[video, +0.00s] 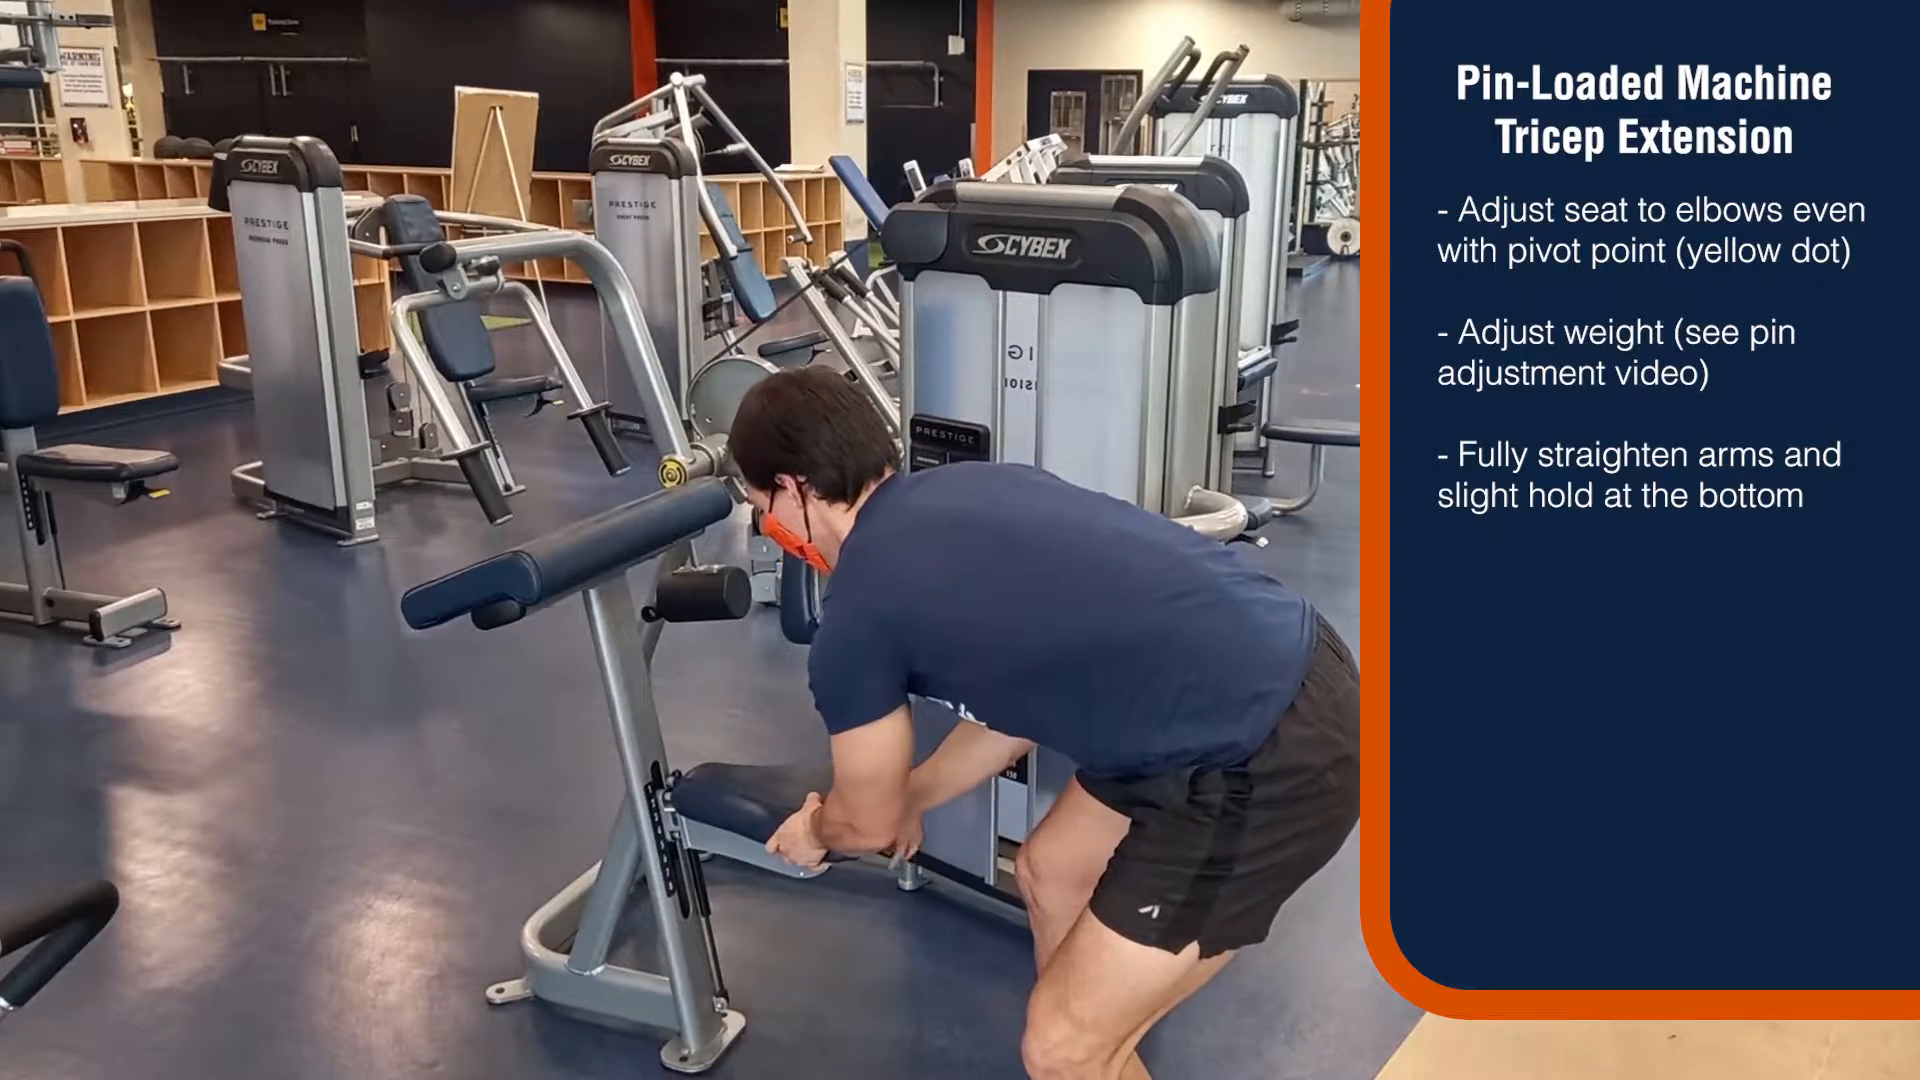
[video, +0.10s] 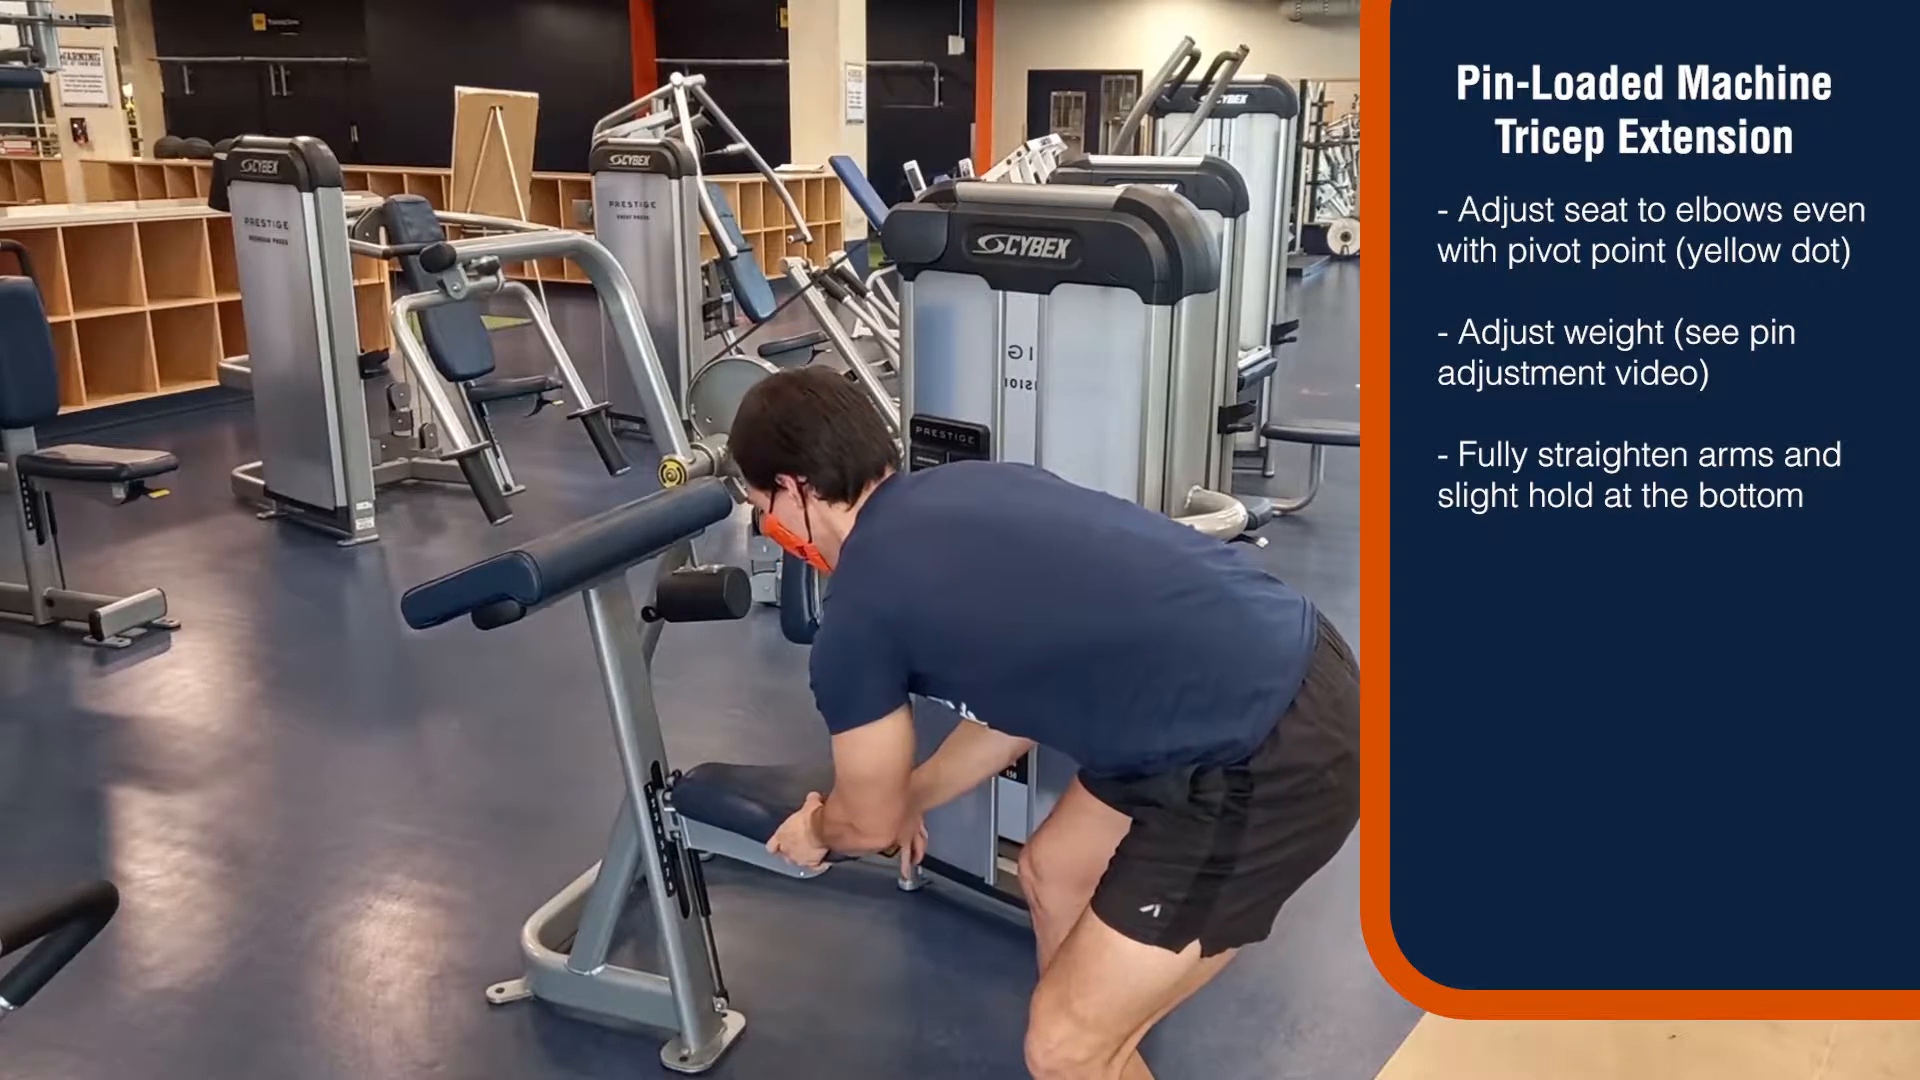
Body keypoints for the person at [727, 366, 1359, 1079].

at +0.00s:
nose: (761, 526)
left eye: (757, 504)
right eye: (754, 508)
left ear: (795, 492)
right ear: (874, 453)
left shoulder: (858, 607)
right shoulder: (970, 487)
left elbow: (867, 825)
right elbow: (1032, 692)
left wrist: (815, 829)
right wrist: (903, 801)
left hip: (1258, 747)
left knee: (1067, 1047)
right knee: (1052, 872)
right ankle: (1110, 1051)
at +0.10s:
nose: (763, 528)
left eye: (758, 505)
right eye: (755, 509)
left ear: (795, 491)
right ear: (874, 452)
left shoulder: (859, 606)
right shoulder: (972, 486)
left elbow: (869, 825)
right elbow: (1033, 691)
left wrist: (816, 828)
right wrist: (907, 799)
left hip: (1258, 744)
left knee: (1069, 1047)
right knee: (1055, 871)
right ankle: (1110, 1051)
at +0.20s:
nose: (764, 527)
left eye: (759, 504)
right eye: (756, 508)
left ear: (795, 488)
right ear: (873, 451)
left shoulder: (859, 604)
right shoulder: (969, 483)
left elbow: (865, 822)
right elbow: (1031, 688)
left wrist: (816, 830)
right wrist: (909, 801)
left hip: (1256, 744)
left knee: (1071, 1047)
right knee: (1056, 873)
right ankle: (1111, 1049)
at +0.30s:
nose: (764, 521)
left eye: (759, 498)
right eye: (756, 502)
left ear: (795, 486)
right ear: (874, 448)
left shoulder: (858, 602)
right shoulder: (969, 483)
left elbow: (865, 820)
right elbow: (1029, 688)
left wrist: (817, 830)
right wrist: (909, 802)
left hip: (1257, 742)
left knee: (1070, 1047)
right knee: (1055, 872)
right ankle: (1107, 1048)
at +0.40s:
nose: (764, 521)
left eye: (760, 497)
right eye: (757, 501)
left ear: (795, 485)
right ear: (874, 448)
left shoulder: (858, 601)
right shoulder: (970, 482)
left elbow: (862, 819)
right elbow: (1025, 689)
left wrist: (814, 835)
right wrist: (908, 807)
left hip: (1257, 743)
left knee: (1070, 1047)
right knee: (1052, 873)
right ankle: (1108, 1048)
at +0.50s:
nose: (764, 520)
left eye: (760, 498)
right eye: (757, 501)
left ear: (795, 485)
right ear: (874, 447)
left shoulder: (858, 602)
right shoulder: (971, 483)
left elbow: (862, 820)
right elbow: (1023, 691)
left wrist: (815, 837)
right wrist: (907, 810)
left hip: (1257, 743)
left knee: (1071, 1047)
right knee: (1053, 873)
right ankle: (1107, 1047)